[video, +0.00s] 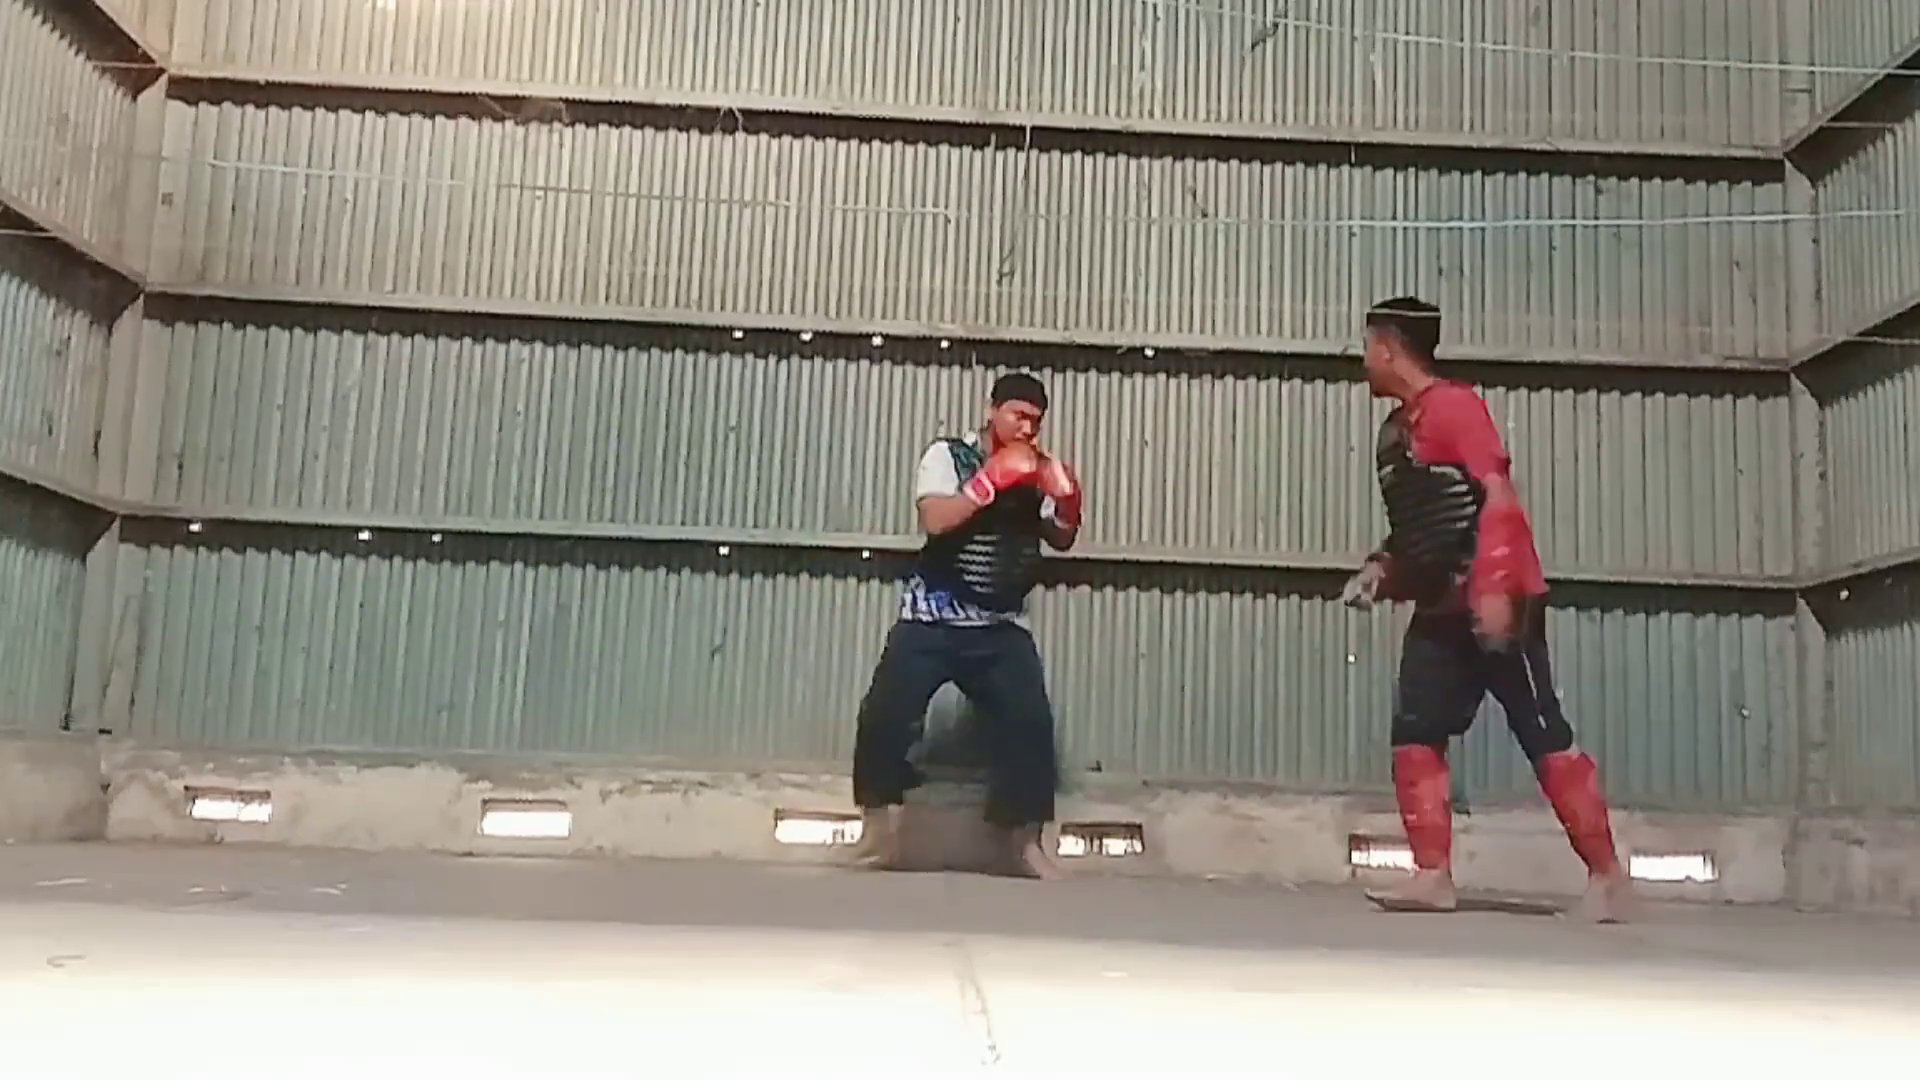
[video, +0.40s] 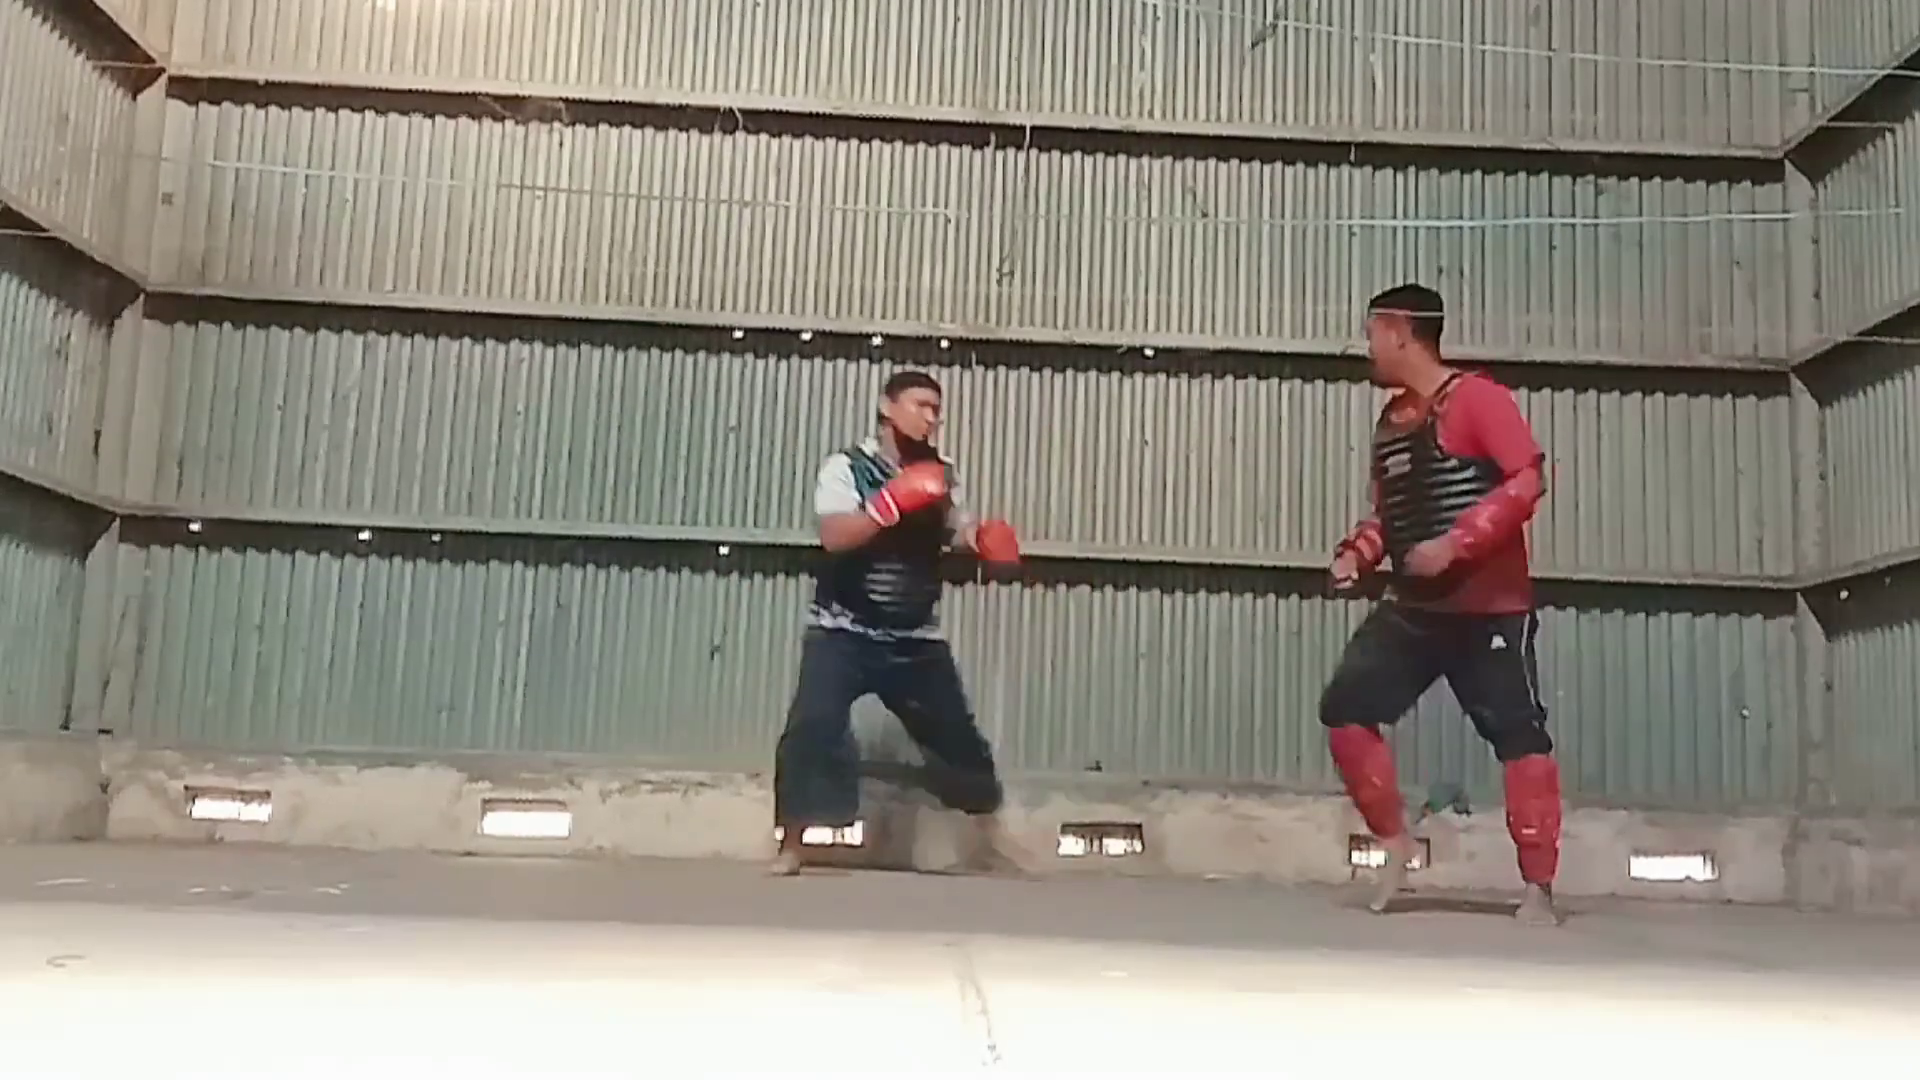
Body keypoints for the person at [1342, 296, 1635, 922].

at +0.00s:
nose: (1364, 360)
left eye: (1369, 347)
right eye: (1366, 348)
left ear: (1392, 349)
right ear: (1403, 350)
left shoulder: (1457, 408)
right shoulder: (1401, 425)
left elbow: (1497, 496)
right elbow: (1423, 520)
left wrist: (1494, 584)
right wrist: (1387, 566)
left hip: (1498, 594)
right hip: (1440, 605)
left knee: (1542, 732)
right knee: (1417, 731)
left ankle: (1608, 874)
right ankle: (1432, 876)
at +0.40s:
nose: (1366, 347)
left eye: (1372, 334)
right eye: (1367, 335)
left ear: (1401, 332)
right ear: (1403, 334)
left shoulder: (1479, 398)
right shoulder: (1393, 419)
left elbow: (1527, 482)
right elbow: (1392, 513)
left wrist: (1454, 545)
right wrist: (1363, 546)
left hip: (1489, 613)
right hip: (1414, 610)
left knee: (1520, 738)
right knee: (1346, 711)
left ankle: (1538, 890)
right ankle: (1399, 849)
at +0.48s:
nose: (1361, 340)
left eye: (1368, 327)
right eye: (1363, 328)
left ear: (1401, 326)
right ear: (1395, 327)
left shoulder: (1474, 392)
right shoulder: (1388, 406)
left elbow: (1499, 481)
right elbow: (1396, 500)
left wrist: (1402, 521)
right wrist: (1357, 548)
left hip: (1478, 601)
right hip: (1398, 599)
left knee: (1510, 730)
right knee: (1324, 701)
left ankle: (1536, 889)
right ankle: (1336, 852)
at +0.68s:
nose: (1332, 341)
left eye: (1341, 328)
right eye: (1333, 329)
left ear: (1379, 332)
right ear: (1361, 334)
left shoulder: (1443, 400)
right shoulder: (1342, 418)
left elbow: (1477, 488)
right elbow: (1327, 507)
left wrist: (1378, 479)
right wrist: (1309, 562)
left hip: (1428, 610)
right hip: (1349, 610)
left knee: (1478, 734)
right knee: (1316, 729)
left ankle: (1531, 885)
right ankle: (1274, 869)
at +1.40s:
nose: (1264, 340)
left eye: (1273, 327)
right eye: (1263, 328)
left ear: (1313, 328)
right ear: (1293, 331)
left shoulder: (1375, 399)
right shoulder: (1261, 416)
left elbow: (1415, 488)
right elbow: (1242, 509)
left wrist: (1326, 477)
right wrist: (1230, 593)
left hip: (1368, 598)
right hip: (1283, 599)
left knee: (1421, 726)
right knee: (1242, 722)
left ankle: (1459, 868)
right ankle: (1217, 866)